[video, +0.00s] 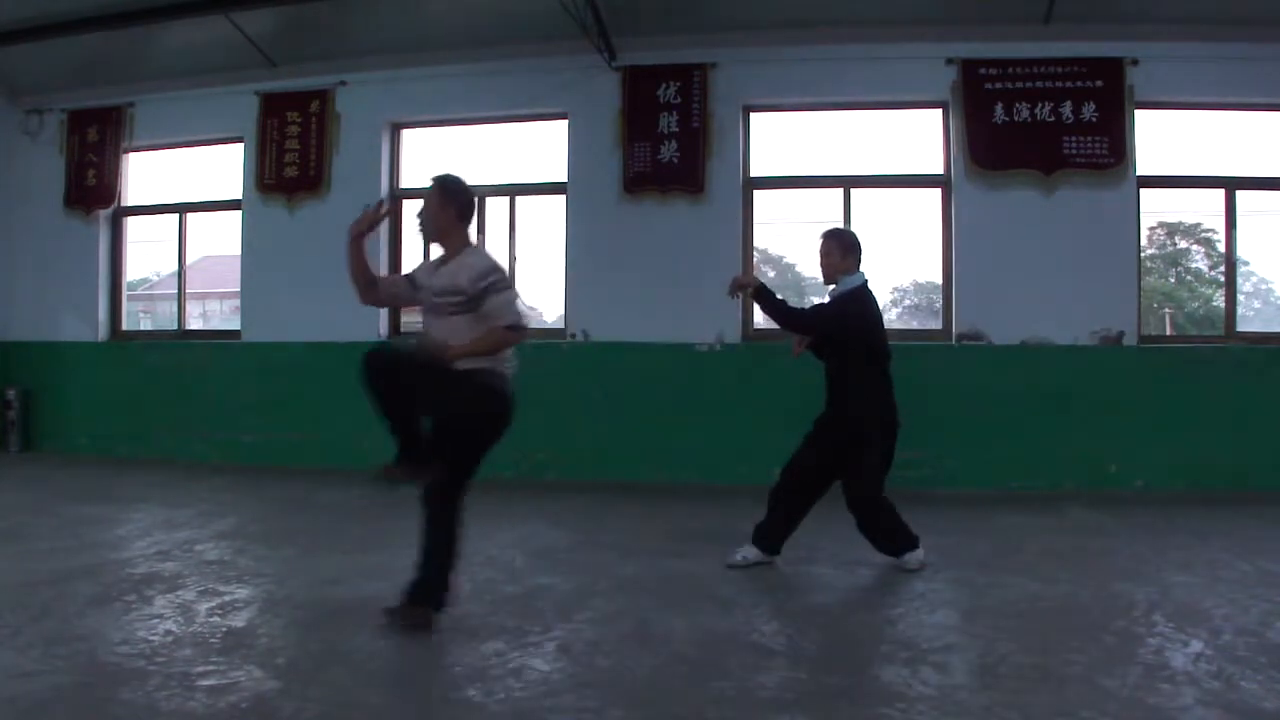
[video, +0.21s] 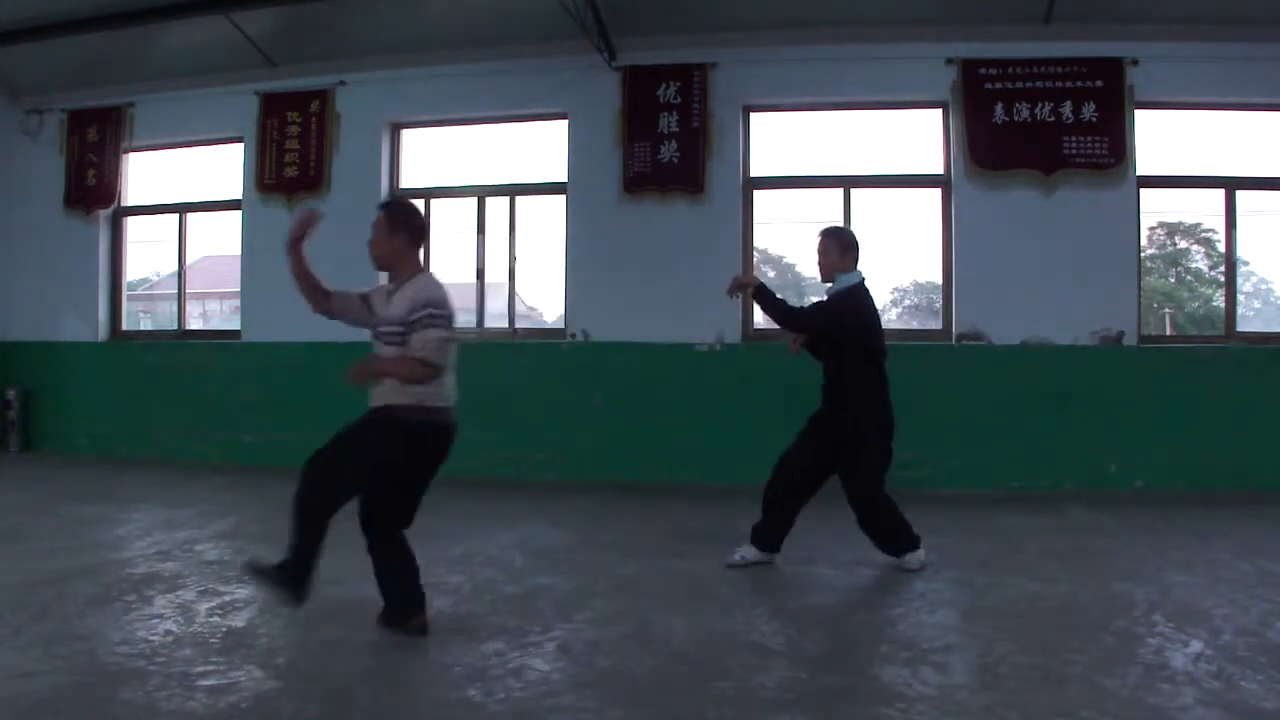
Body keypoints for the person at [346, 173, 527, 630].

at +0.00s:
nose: (420, 212)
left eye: (428, 204)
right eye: (423, 204)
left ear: (452, 212)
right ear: (447, 214)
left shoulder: (482, 268)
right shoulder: (430, 272)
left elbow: (511, 329)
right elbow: (374, 293)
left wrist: (454, 351)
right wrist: (356, 241)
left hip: (482, 390)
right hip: (439, 383)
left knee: (443, 486)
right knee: (380, 361)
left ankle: (426, 602)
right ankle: (414, 454)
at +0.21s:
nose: (370, 241)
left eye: (377, 232)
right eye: (373, 232)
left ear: (403, 238)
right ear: (399, 240)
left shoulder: (429, 294)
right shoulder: (382, 299)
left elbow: (428, 366)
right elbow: (324, 302)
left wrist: (377, 366)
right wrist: (295, 251)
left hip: (422, 424)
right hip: (386, 419)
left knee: (381, 517)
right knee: (318, 480)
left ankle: (407, 613)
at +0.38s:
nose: (327, 246)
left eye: (333, 236)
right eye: (329, 236)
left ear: (358, 238)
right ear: (362, 240)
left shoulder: (369, 296)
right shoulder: (363, 294)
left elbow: (336, 363)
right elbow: (294, 303)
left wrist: (311, 322)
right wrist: (245, 272)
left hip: (353, 429)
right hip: (382, 429)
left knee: (287, 524)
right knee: (363, 528)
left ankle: (227, 614)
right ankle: (405, 613)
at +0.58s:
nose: (254, 261)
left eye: (258, 252)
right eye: (255, 252)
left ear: (278, 254)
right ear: (298, 256)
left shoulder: (271, 299)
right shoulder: (332, 312)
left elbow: (210, 293)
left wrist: (170, 283)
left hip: (288, 448)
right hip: (336, 445)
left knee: (230, 524)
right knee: (327, 536)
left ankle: (211, 623)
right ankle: (398, 611)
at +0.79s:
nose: (222, 282)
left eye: (227, 271)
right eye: (223, 272)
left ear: (251, 272)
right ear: (260, 273)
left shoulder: (289, 320)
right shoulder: (269, 326)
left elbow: (299, 390)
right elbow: (216, 361)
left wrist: (242, 391)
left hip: (297, 450)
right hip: (330, 449)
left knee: (224, 519)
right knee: (325, 546)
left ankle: (210, 622)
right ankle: (390, 618)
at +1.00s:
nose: (229, 277)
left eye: (233, 267)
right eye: (229, 268)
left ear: (254, 266)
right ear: (265, 267)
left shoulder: (290, 313)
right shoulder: (273, 319)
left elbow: (303, 384)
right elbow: (215, 342)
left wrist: (264, 385)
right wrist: (187, 286)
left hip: (307, 443)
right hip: (340, 440)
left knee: (241, 522)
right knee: (336, 540)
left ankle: (211, 621)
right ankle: (395, 620)